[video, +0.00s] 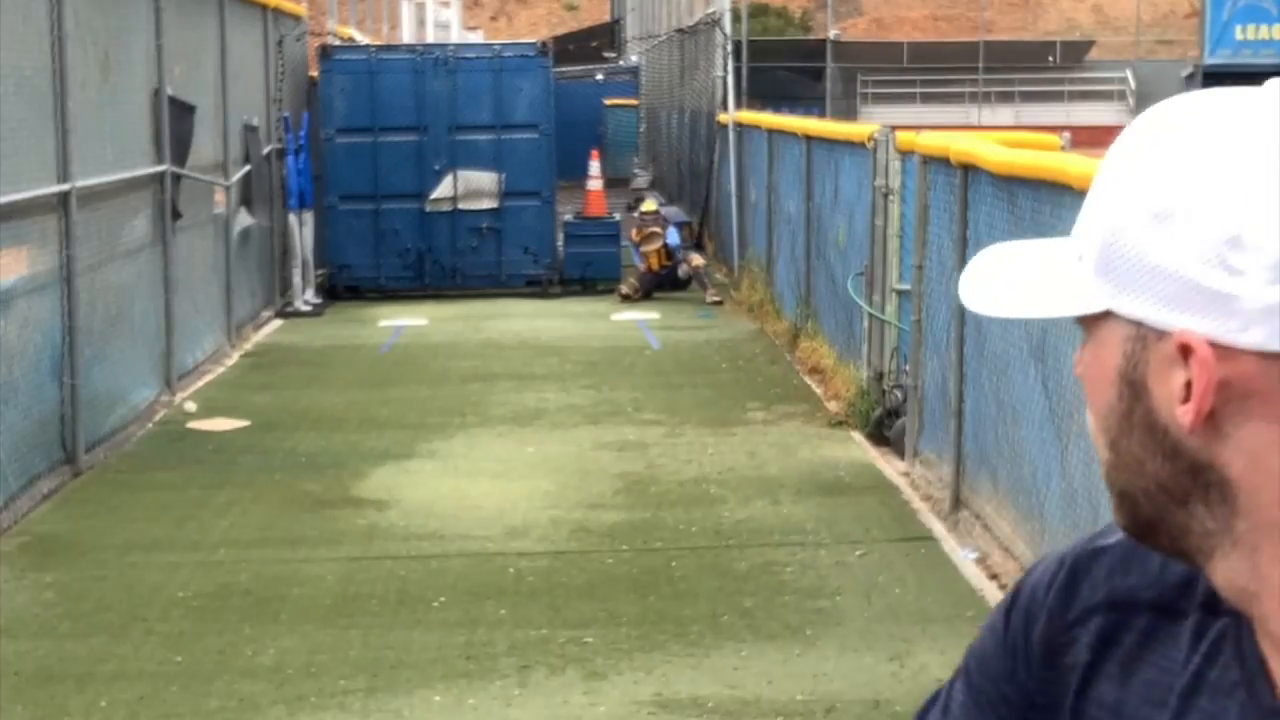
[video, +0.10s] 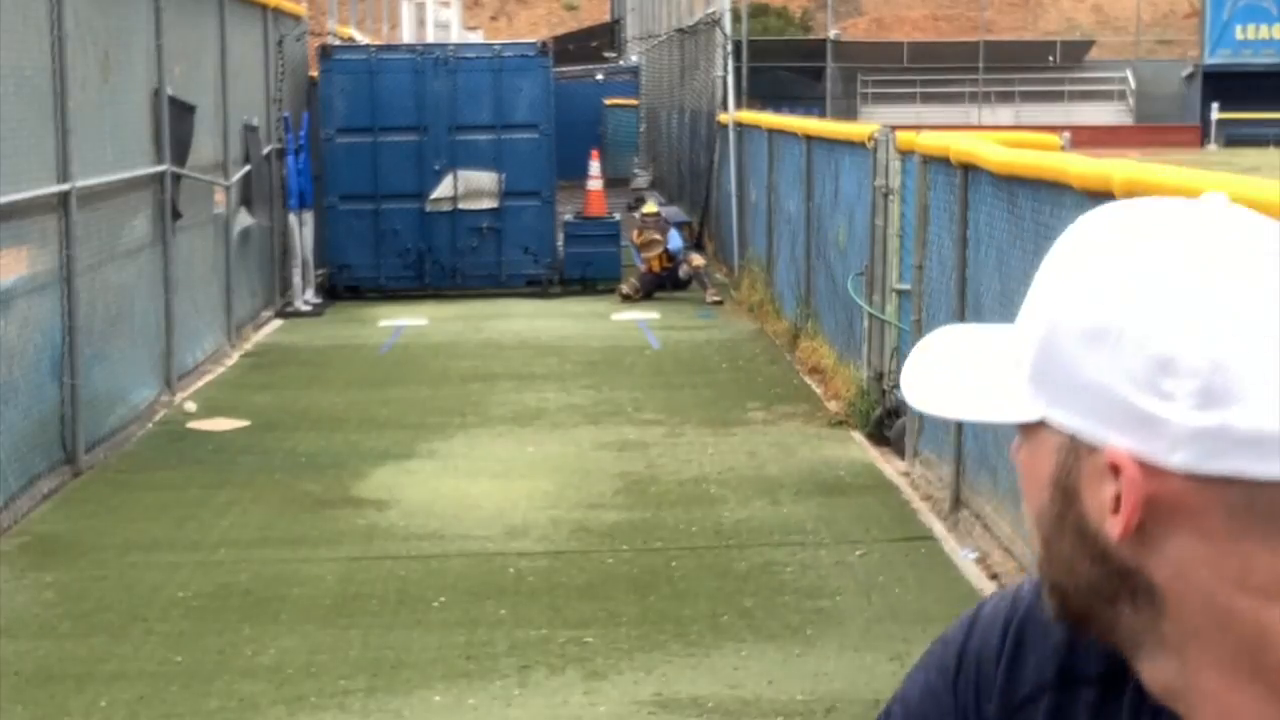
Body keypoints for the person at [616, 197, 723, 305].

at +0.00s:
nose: (649, 222)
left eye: (653, 218)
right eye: (645, 218)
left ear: (659, 217)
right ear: (640, 218)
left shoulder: (669, 230)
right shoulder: (636, 234)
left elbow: (677, 251)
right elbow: (635, 255)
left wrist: (689, 257)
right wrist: (642, 265)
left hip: (672, 269)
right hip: (651, 271)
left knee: (692, 263)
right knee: (644, 281)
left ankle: (710, 292)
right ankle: (634, 290)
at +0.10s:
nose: (651, 223)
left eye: (654, 219)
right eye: (647, 220)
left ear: (660, 219)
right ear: (642, 221)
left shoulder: (670, 232)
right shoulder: (637, 235)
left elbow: (677, 249)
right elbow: (635, 253)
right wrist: (641, 265)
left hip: (673, 270)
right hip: (652, 271)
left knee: (693, 260)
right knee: (644, 282)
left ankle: (710, 292)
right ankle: (633, 290)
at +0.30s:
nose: (652, 227)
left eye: (655, 223)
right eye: (648, 223)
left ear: (661, 222)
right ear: (642, 224)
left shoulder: (669, 235)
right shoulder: (637, 239)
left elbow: (686, 256)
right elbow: (639, 261)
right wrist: (647, 272)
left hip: (675, 274)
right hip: (653, 276)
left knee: (695, 262)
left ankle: (710, 292)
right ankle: (634, 289)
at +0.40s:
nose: (652, 227)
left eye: (656, 222)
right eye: (648, 223)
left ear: (662, 223)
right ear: (642, 224)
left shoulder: (670, 236)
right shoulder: (638, 238)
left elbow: (687, 258)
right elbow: (636, 254)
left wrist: (668, 277)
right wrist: (643, 267)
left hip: (676, 277)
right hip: (652, 278)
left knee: (696, 262)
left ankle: (710, 292)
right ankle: (635, 289)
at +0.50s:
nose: (652, 228)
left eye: (656, 224)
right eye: (648, 225)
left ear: (661, 224)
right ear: (642, 226)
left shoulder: (670, 237)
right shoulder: (638, 239)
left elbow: (686, 259)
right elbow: (636, 254)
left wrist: (668, 278)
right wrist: (642, 267)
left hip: (676, 277)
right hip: (653, 278)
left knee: (696, 262)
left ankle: (710, 292)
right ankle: (634, 289)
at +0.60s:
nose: (652, 227)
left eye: (655, 223)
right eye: (648, 224)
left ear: (661, 224)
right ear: (642, 225)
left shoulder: (670, 237)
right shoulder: (638, 239)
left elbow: (686, 258)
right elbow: (638, 256)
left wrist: (667, 274)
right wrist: (644, 268)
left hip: (676, 277)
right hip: (653, 278)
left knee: (696, 262)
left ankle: (710, 292)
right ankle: (631, 289)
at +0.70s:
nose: (652, 227)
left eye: (656, 222)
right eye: (648, 223)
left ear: (662, 223)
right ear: (642, 225)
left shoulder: (671, 237)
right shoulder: (639, 240)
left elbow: (688, 256)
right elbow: (639, 259)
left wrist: (668, 266)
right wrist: (645, 268)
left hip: (674, 275)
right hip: (652, 275)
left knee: (695, 263)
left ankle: (710, 292)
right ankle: (631, 290)